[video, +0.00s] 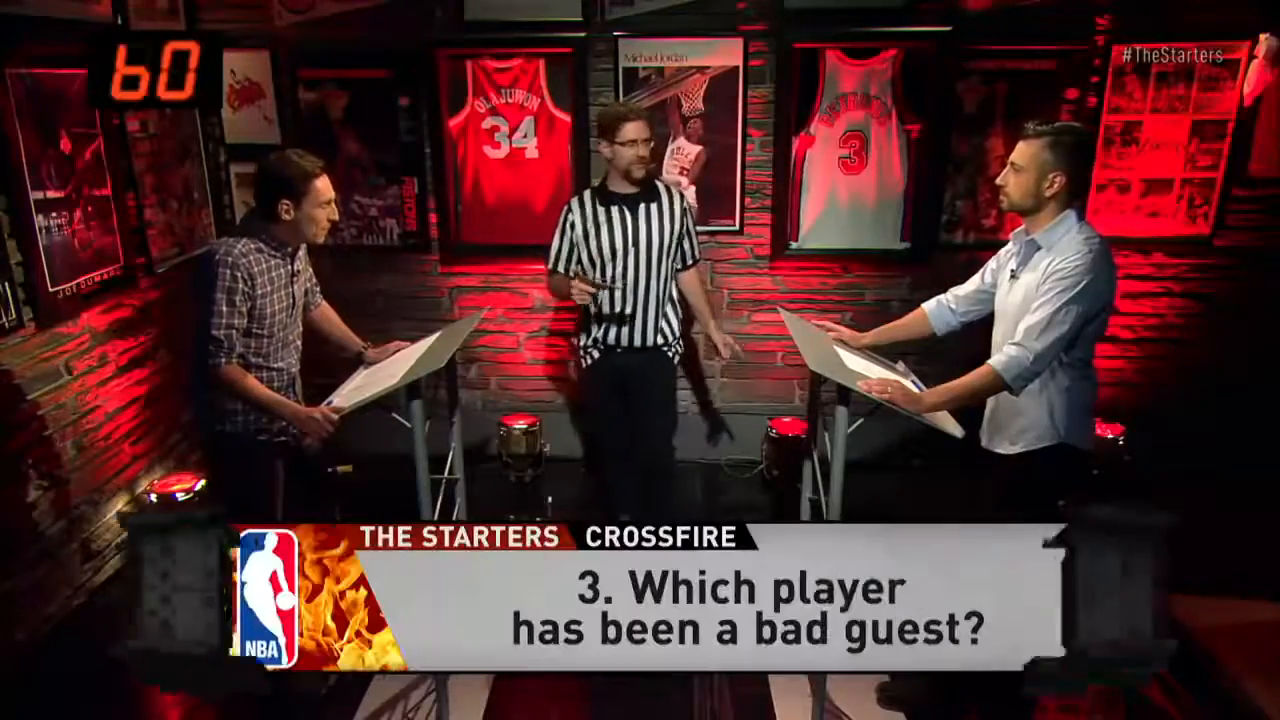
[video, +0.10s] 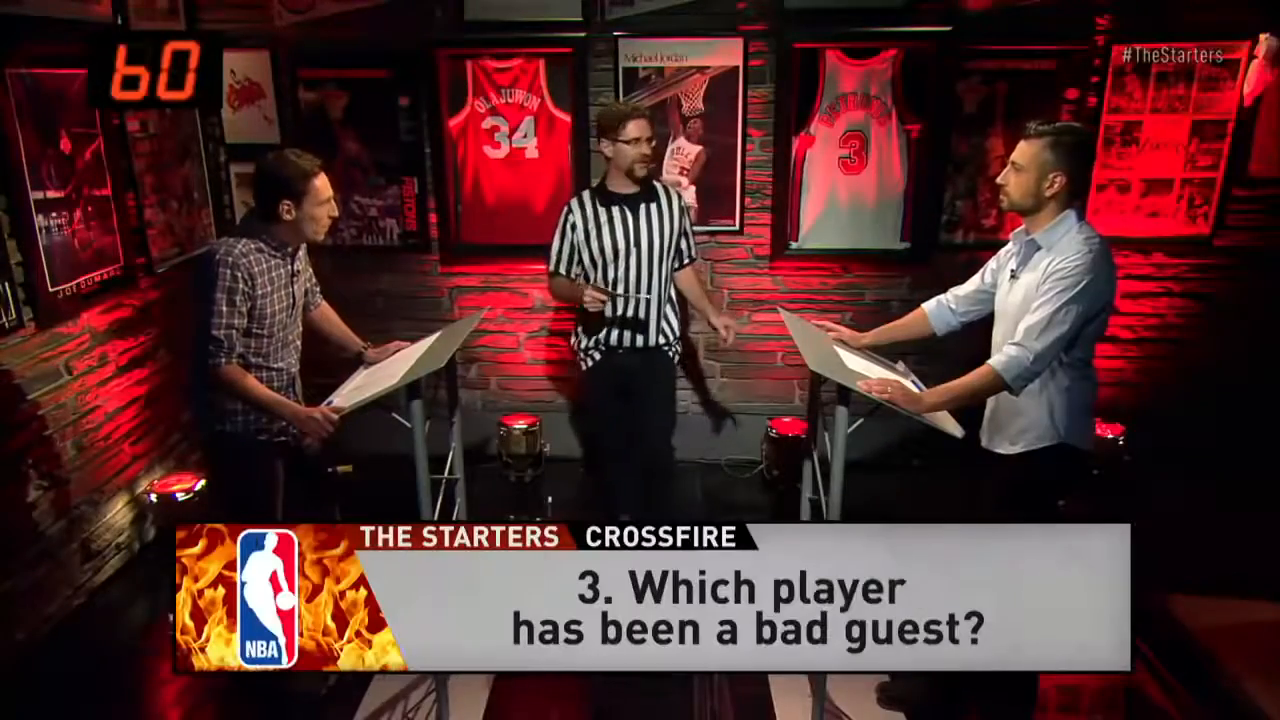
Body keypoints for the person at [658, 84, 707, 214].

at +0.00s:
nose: (691, 129)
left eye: (695, 127)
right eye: (689, 126)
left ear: (701, 131)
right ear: (686, 129)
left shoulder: (700, 151)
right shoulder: (677, 138)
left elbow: (693, 174)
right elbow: (673, 108)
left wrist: (683, 182)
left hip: (685, 190)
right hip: (666, 187)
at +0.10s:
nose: (690, 129)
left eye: (694, 127)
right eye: (689, 126)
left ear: (700, 131)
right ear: (685, 128)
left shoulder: (700, 151)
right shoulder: (677, 138)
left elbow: (690, 178)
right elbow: (673, 110)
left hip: (685, 194)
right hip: (666, 190)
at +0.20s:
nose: (691, 127)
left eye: (695, 126)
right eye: (690, 125)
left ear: (701, 132)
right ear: (686, 127)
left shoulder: (700, 152)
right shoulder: (677, 137)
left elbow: (690, 178)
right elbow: (673, 110)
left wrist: (671, 181)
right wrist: (673, 87)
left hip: (685, 194)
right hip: (666, 192)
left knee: (690, 230)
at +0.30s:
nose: (691, 127)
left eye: (695, 126)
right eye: (690, 125)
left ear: (701, 132)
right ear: (686, 127)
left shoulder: (700, 152)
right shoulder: (677, 137)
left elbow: (690, 178)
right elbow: (673, 110)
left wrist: (673, 182)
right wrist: (673, 90)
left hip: (685, 196)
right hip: (666, 193)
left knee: (690, 232)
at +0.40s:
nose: (692, 127)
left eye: (696, 126)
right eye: (690, 125)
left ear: (701, 131)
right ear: (686, 128)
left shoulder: (700, 152)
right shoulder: (677, 138)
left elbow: (690, 178)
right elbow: (673, 109)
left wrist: (674, 182)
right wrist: (674, 88)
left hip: (685, 196)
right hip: (666, 193)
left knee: (690, 232)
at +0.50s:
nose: (691, 127)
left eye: (695, 126)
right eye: (690, 125)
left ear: (701, 132)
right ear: (686, 127)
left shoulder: (700, 152)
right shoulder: (677, 138)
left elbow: (691, 177)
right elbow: (673, 110)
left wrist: (676, 182)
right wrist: (673, 89)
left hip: (685, 195)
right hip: (666, 192)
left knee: (690, 232)